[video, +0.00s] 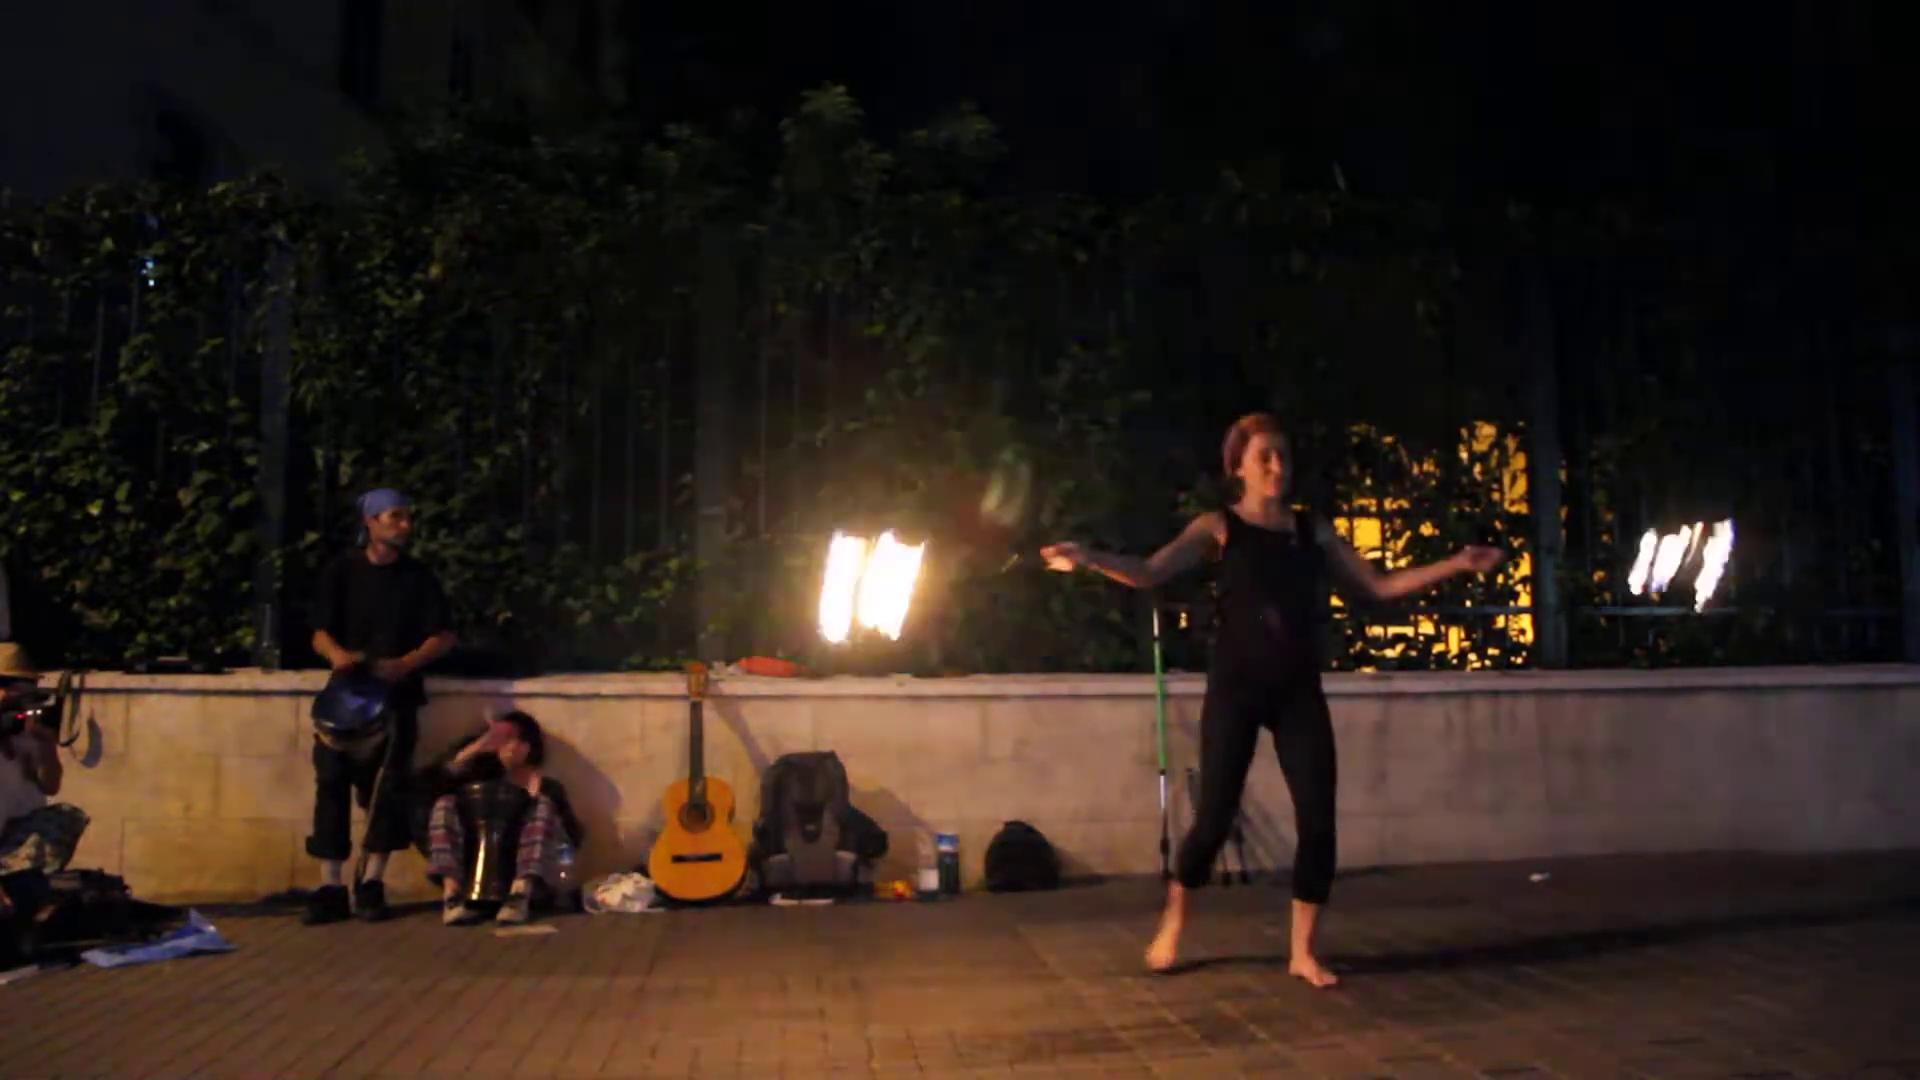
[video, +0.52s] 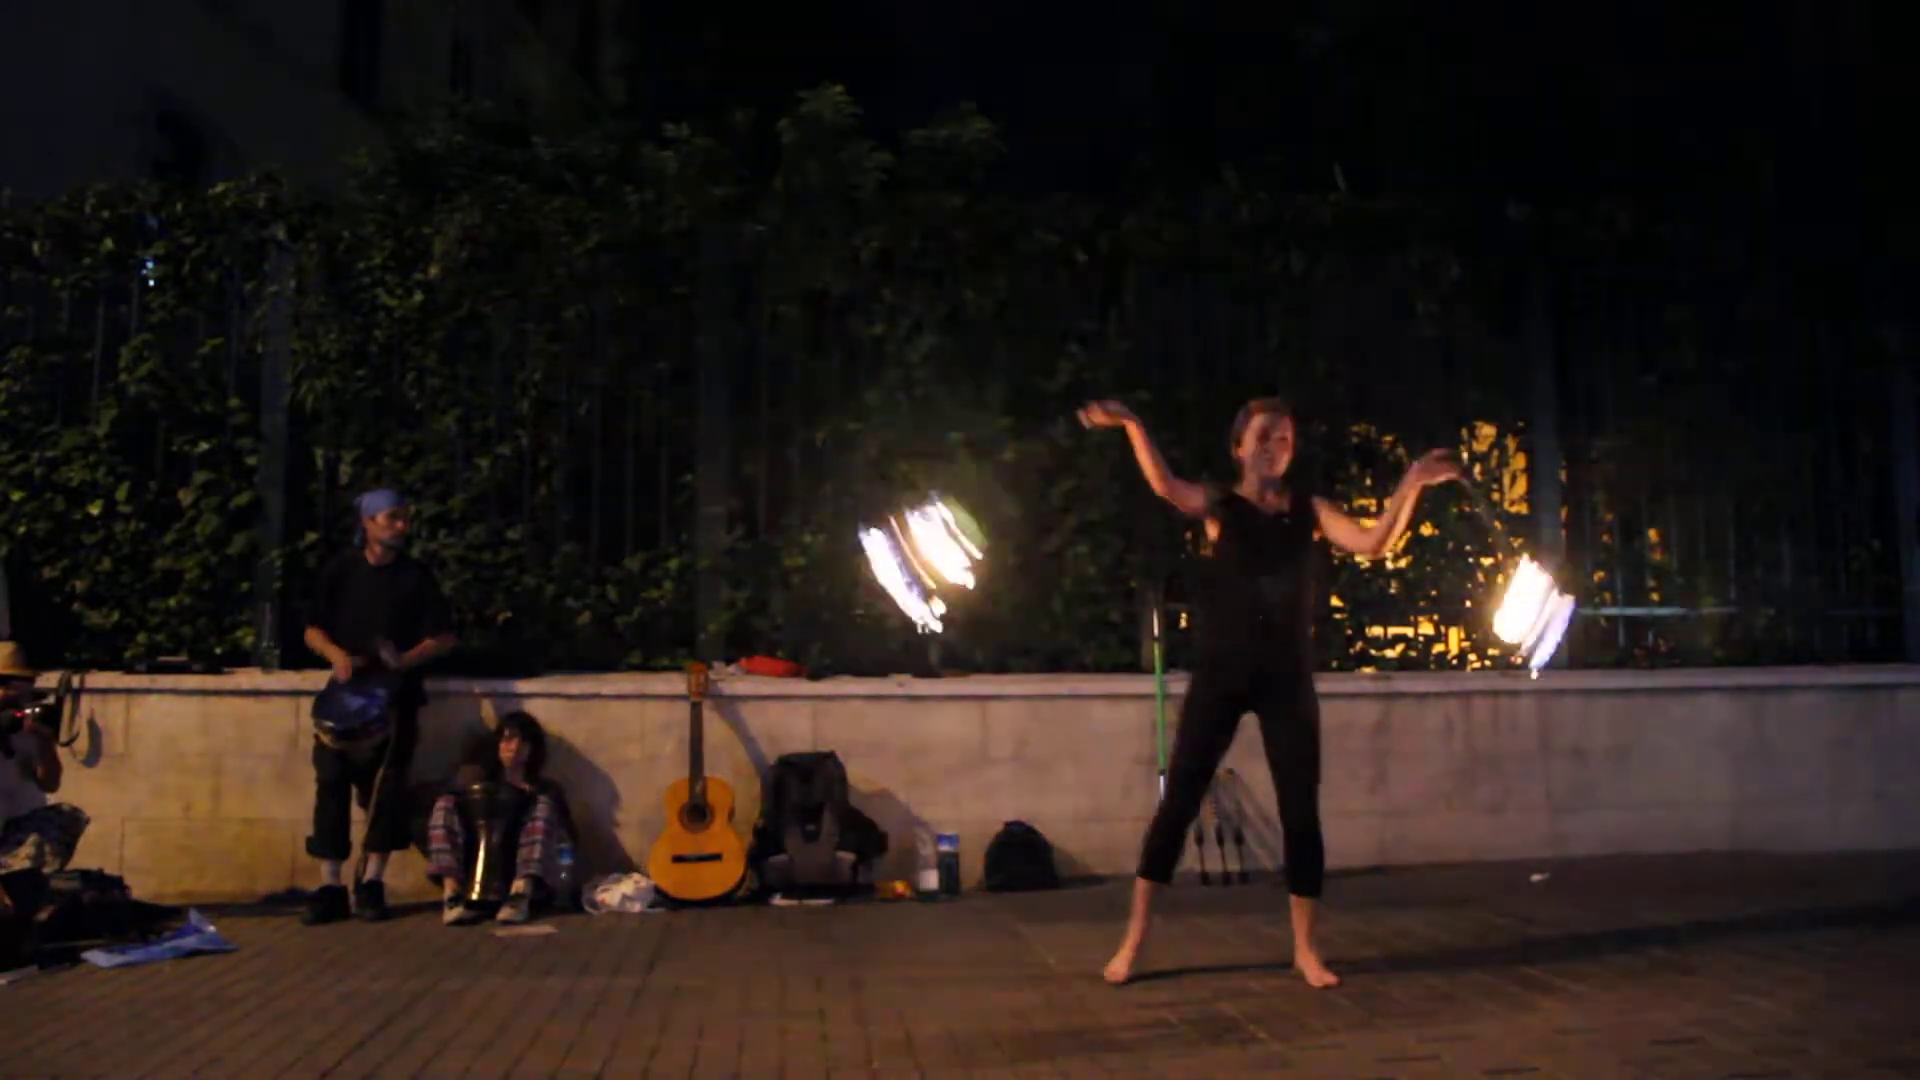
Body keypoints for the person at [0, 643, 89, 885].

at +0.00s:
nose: (18, 695)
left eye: (24, 688)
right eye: (12, 687)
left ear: (32, 691)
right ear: (2, 689)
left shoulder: (28, 728)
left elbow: (50, 786)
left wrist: (44, 739)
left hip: (17, 821)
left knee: (69, 818)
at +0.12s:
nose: (21, 694)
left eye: (26, 687)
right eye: (15, 687)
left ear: (30, 688)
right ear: (4, 688)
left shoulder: (29, 731)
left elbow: (50, 786)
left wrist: (44, 741)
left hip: (17, 823)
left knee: (69, 818)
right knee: (63, 820)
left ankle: (19, 882)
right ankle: (15, 883)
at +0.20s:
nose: (19, 694)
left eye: (24, 686)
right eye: (13, 686)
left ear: (30, 687)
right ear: (5, 687)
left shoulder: (30, 727)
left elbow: (51, 785)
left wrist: (46, 739)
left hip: (18, 819)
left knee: (69, 818)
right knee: (64, 820)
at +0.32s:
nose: (19, 694)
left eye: (23, 687)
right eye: (14, 686)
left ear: (27, 688)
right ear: (6, 687)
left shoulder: (29, 729)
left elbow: (51, 784)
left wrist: (40, 736)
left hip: (17, 821)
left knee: (69, 818)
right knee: (64, 819)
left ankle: (26, 882)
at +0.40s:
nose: (18, 693)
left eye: (23, 686)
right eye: (13, 686)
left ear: (27, 688)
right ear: (4, 687)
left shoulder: (29, 728)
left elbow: (51, 784)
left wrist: (43, 737)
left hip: (18, 821)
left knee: (69, 818)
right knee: (64, 819)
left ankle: (24, 882)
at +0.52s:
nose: (19, 696)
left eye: (24, 689)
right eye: (14, 688)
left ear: (28, 690)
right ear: (3, 688)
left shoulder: (28, 728)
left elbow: (50, 784)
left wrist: (44, 740)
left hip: (18, 820)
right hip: (8, 820)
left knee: (70, 818)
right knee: (63, 819)